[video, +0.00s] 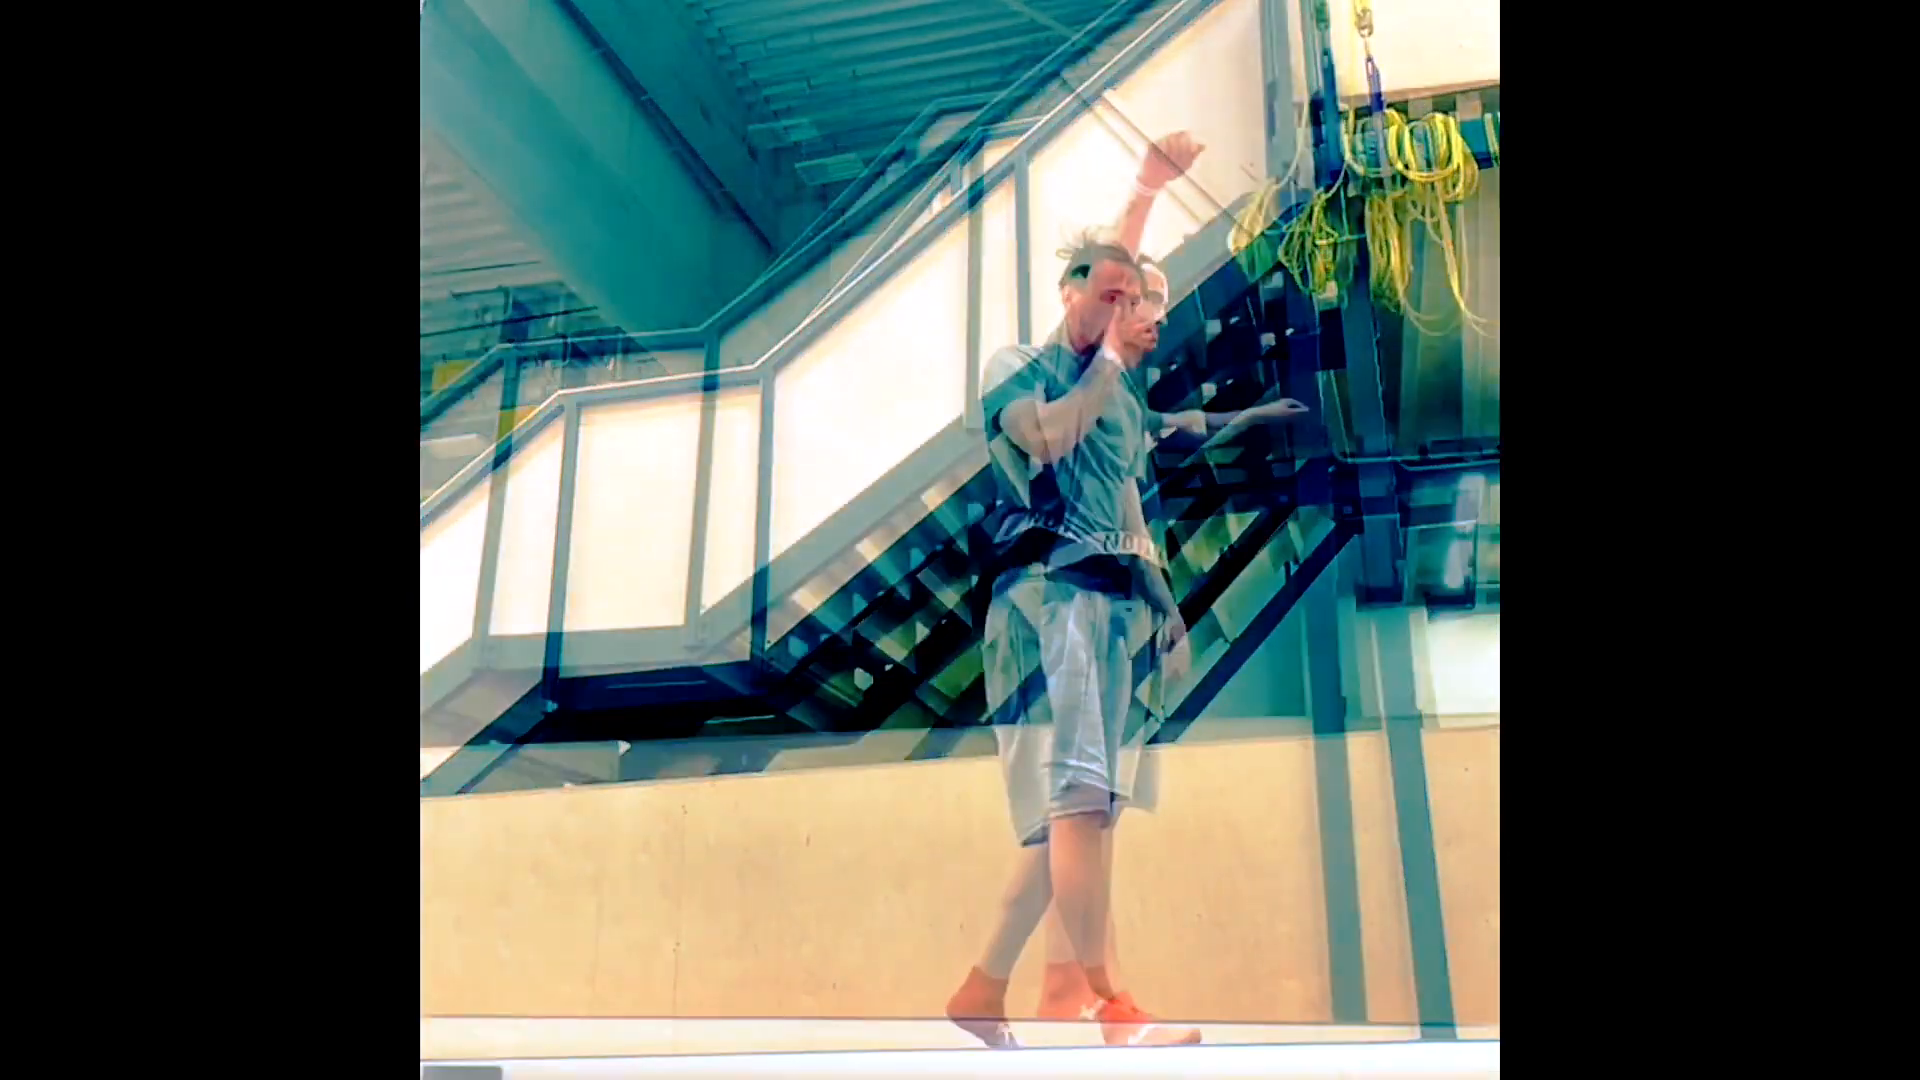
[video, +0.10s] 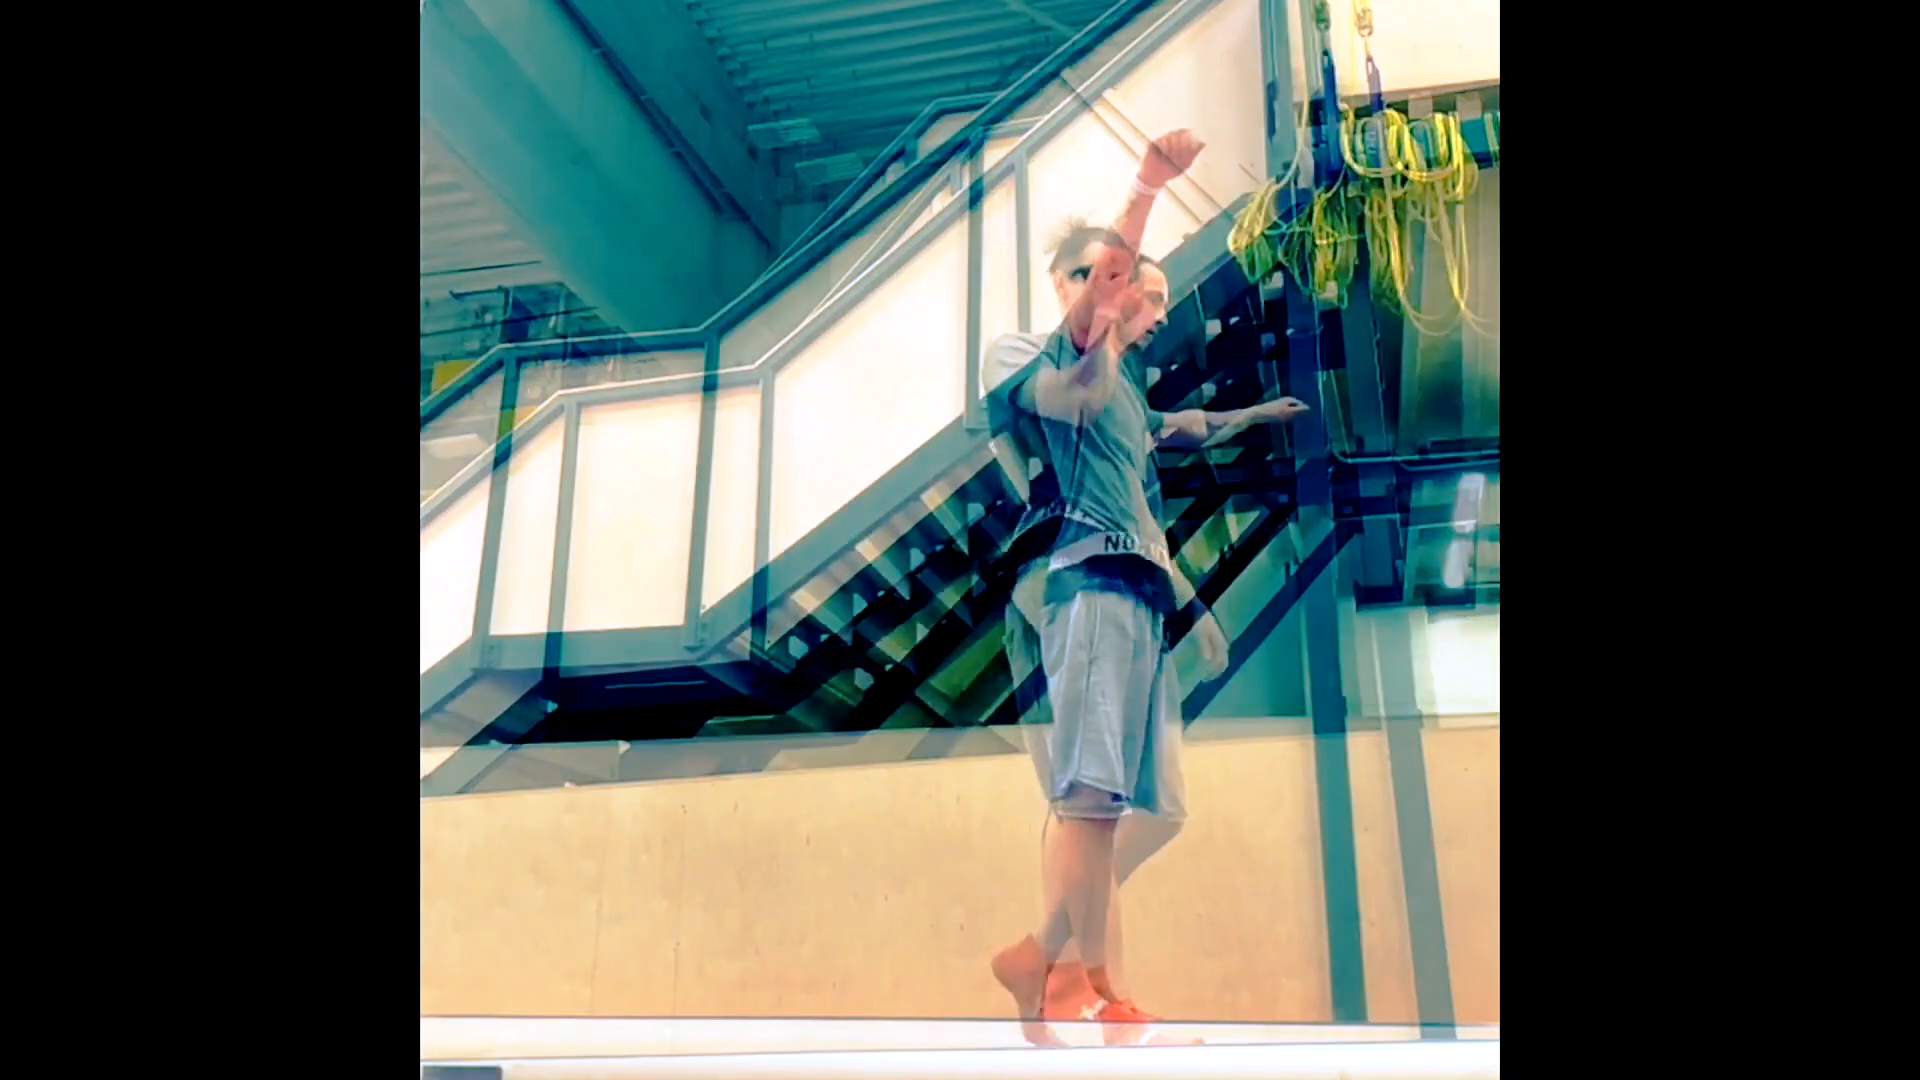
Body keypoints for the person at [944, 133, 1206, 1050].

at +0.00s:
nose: (1126, 312)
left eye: (1132, 302)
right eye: (1114, 294)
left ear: (1129, 312)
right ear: (1074, 293)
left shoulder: (1114, 384)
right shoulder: (1017, 372)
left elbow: (1124, 282)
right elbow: (1046, 438)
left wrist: (1150, 186)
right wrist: (1109, 361)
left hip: (1108, 605)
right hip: (1055, 601)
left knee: (1077, 810)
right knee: (1084, 794)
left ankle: (981, 989)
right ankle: (1087, 988)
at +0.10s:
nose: (1140, 301)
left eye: (1143, 290)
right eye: (1120, 281)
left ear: (1140, 303)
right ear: (1074, 291)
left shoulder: (1125, 391)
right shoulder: (1056, 371)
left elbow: (1188, 425)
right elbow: (1105, 283)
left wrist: (1260, 411)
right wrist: (1148, 185)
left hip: (1143, 598)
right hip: (1095, 585)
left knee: (1161, 805)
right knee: (1091, 791)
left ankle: (1037, 953)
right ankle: (1090, 982)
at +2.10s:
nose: (1154, 273)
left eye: (1152, 261)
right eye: (1141, 259)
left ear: (1127, 280)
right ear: (1104, 264)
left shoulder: (1126, 358)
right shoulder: (1082, 318)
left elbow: (1213, 325)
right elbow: (1189, 232)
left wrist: (1279, 262)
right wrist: (1268, 134)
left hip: (1140, 561)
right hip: (1110, 552)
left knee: (1129, 764)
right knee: (1110, 759)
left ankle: (1119, 966)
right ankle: (1087, 959)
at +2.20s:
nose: (1154, 270)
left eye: (1153, 260)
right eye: (1142, 258)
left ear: (1125, 274)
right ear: (1101, 265)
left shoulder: (1124, 362)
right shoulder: (1077, 312)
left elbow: (1229, 340)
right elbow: (1207, 264)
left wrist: (1322, 272)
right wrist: (1300, 190)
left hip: (1136, 561)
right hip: (1102, 552)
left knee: (1125, 768)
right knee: (1106, 758)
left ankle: (1118, 968)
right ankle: (1086, 961)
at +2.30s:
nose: (1164, 283)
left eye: (1163, 272)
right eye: (1152, 268)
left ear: (1128, 276)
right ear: (1106, 268)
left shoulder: (1128, 371)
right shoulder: (1076, 321)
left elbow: (1222, 405)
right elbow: (1213, 343)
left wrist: (1326, 373)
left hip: (1129, 565)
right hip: (1093, 555)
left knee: (1121, 766)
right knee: (1102, 760)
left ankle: (1119, 960)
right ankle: (1088, 955)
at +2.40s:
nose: (1188, 292)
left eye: (1192, 282)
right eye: (1177, 275)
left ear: (1162, 286)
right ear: (1134, 272)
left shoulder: (1140, 374)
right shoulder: (1096, 330)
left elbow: (1159, 495)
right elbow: (1130, 445)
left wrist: (1219, 566)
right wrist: (1214, 525)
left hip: (1120, 570)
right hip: (1077, 556)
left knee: (1137, 768)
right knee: (1109, 754)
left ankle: (1123, 957)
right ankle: (1090, 955)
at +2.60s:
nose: (1256, 452)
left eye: (1257, 439)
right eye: (1246, 435)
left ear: (1210, 438)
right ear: (1200, 430)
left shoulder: (1155, 490)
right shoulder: (1140, 455)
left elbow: (1071, 476)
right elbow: (1006, 389)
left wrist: (1039, 443)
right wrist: (913, 333)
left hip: (1038, 655)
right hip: (1016, 653)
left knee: (1152, 805)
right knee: (1157, 795)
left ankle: (1093, 987)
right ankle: (1074, 987)